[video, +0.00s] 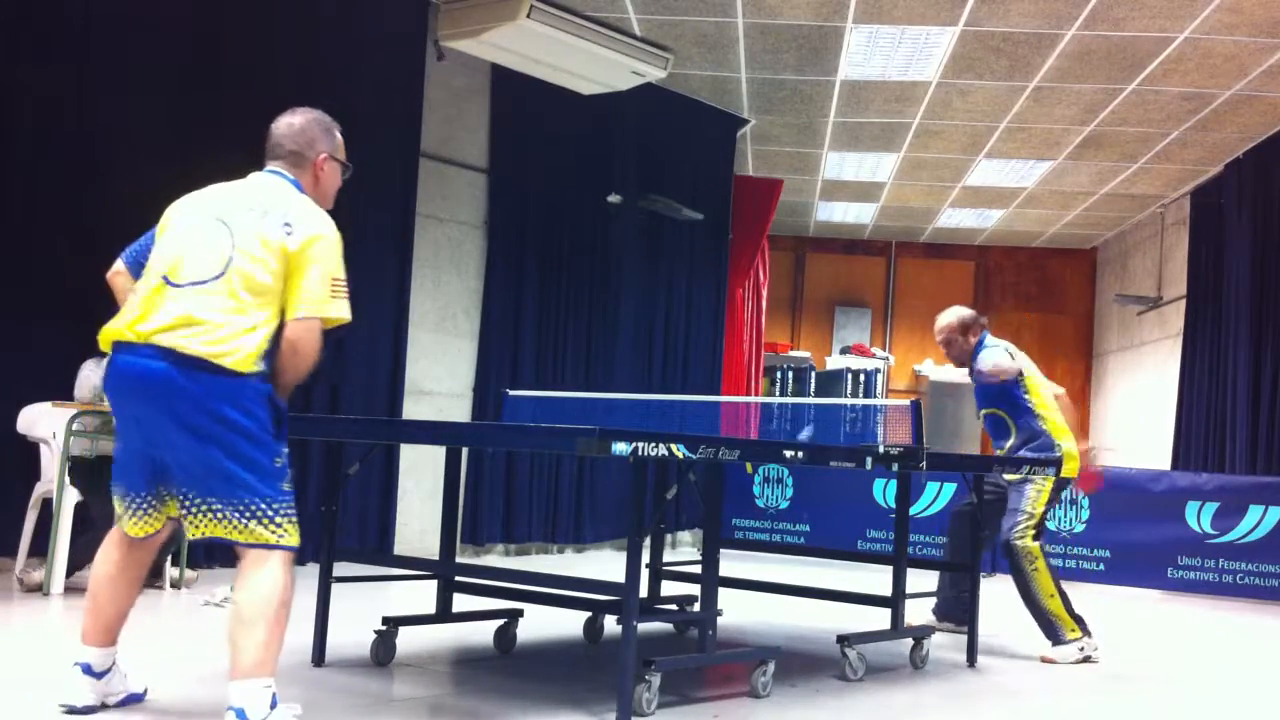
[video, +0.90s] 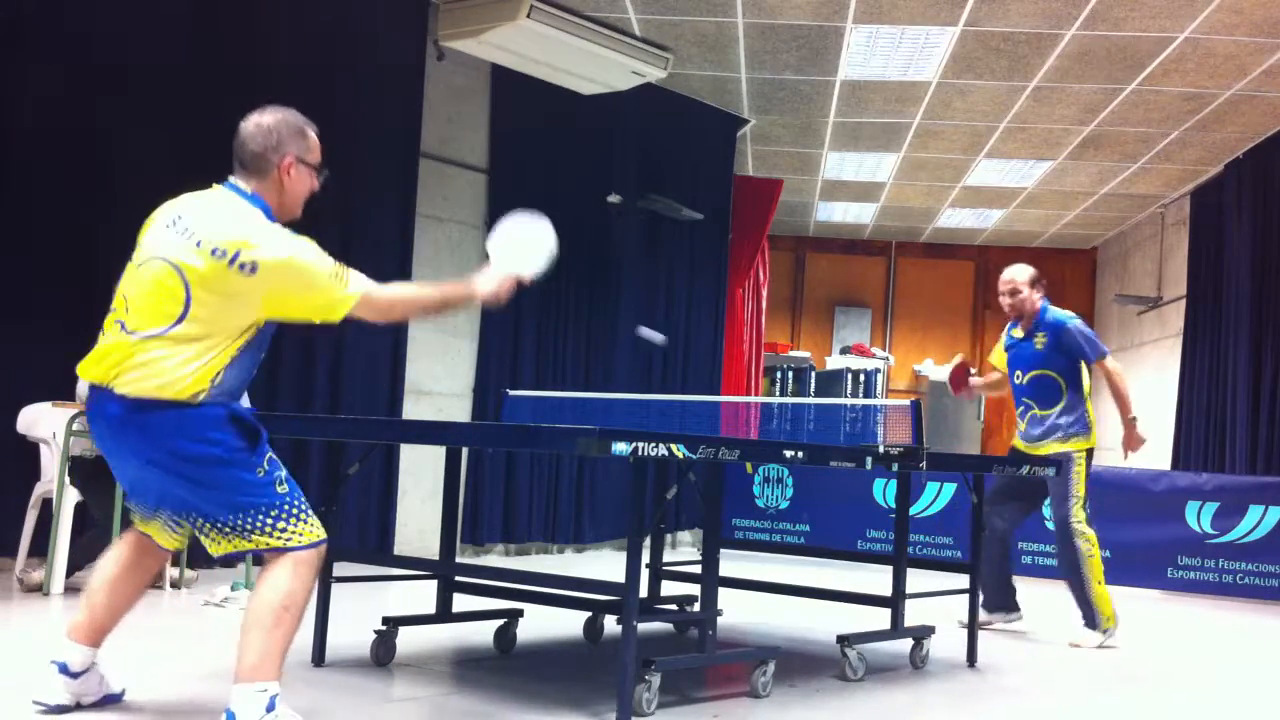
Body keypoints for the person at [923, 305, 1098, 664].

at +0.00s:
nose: (944, 352)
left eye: (947, 343)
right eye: (941, 345)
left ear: (970, 336)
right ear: (972, 337)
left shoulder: (989, 356)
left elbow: (1004, 364)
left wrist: (1010, 366)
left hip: (1044, 462)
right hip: (1014, 463)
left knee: (1018, 538)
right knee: (965, 518)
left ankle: (1074, 639)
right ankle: (954, 615)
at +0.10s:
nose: (943, 354)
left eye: (946, 345)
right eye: (941, 347)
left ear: (968, 338)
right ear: (967, 339)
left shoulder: (996, 361)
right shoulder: (984, 363)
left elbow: (1043, 372)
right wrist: (1091, 437)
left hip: (1041, 465)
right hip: (1009, 466)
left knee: (1018, 540)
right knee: (962, 519)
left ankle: (1074, 639)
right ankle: (953, 615)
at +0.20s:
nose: (954, 342)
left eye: (956, 333)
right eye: (952, 334)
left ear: (979, 327)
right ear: (974, 329)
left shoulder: (1018, 352)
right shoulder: (989, 360)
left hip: (1038, 463)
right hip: (1005, 464)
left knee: (1026, 536)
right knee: (956, 522)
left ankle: (1076, 640)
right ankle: (952, 614)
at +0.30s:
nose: (974, 326)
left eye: (979, 318)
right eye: (972, 318)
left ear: (1006, 312)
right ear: (992, 315)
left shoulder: (1045, 341)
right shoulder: (991, 347)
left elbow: (1093, 386)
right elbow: (979, 392)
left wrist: (1105, 437)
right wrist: (934, 391)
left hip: (1040, 456)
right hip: (1001, 454)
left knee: (1047, 535)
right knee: (960, 520)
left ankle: (1078, 639)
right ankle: (952, 614)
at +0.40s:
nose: (994, 305)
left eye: (1000, 298)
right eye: (993, 299)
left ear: (1027, 296)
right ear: (1003, 297)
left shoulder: (1062, 330)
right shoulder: (999, 322)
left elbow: (1097, 386)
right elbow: (962, 336)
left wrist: (1093, 432)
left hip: (1052, 450)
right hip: (1009, 446)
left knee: (1059, 531)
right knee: (981, 526)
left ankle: (1096, 635)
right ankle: (954, 609)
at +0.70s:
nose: (1028, 309)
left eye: (1037, 302)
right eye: (1025, 302)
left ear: (1063, 304)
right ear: (1024, 303)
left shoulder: (1088, 344)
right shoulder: (1021, 341)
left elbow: (1118, 400)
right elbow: (978, 375)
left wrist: (1120, 457)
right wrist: (959, 350)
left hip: (1067, 459)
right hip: (1020, 456)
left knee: (1073, 539)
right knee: (982, 518)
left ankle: (1097, 637)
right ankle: (999, 614)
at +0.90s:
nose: (1006, 301)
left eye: (1014, 293)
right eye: (1002, 295)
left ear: (1037, 292)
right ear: (1000, 299)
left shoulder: (1064, 325)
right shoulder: (1009, 334)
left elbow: (1109, 368)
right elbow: (1004, 377)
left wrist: (1129, 424)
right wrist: (974, 385)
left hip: (1068, 445)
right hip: (1027, 446)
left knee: (1071, 527)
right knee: (992, 516)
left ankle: (1102, 624)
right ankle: (1000, 607)